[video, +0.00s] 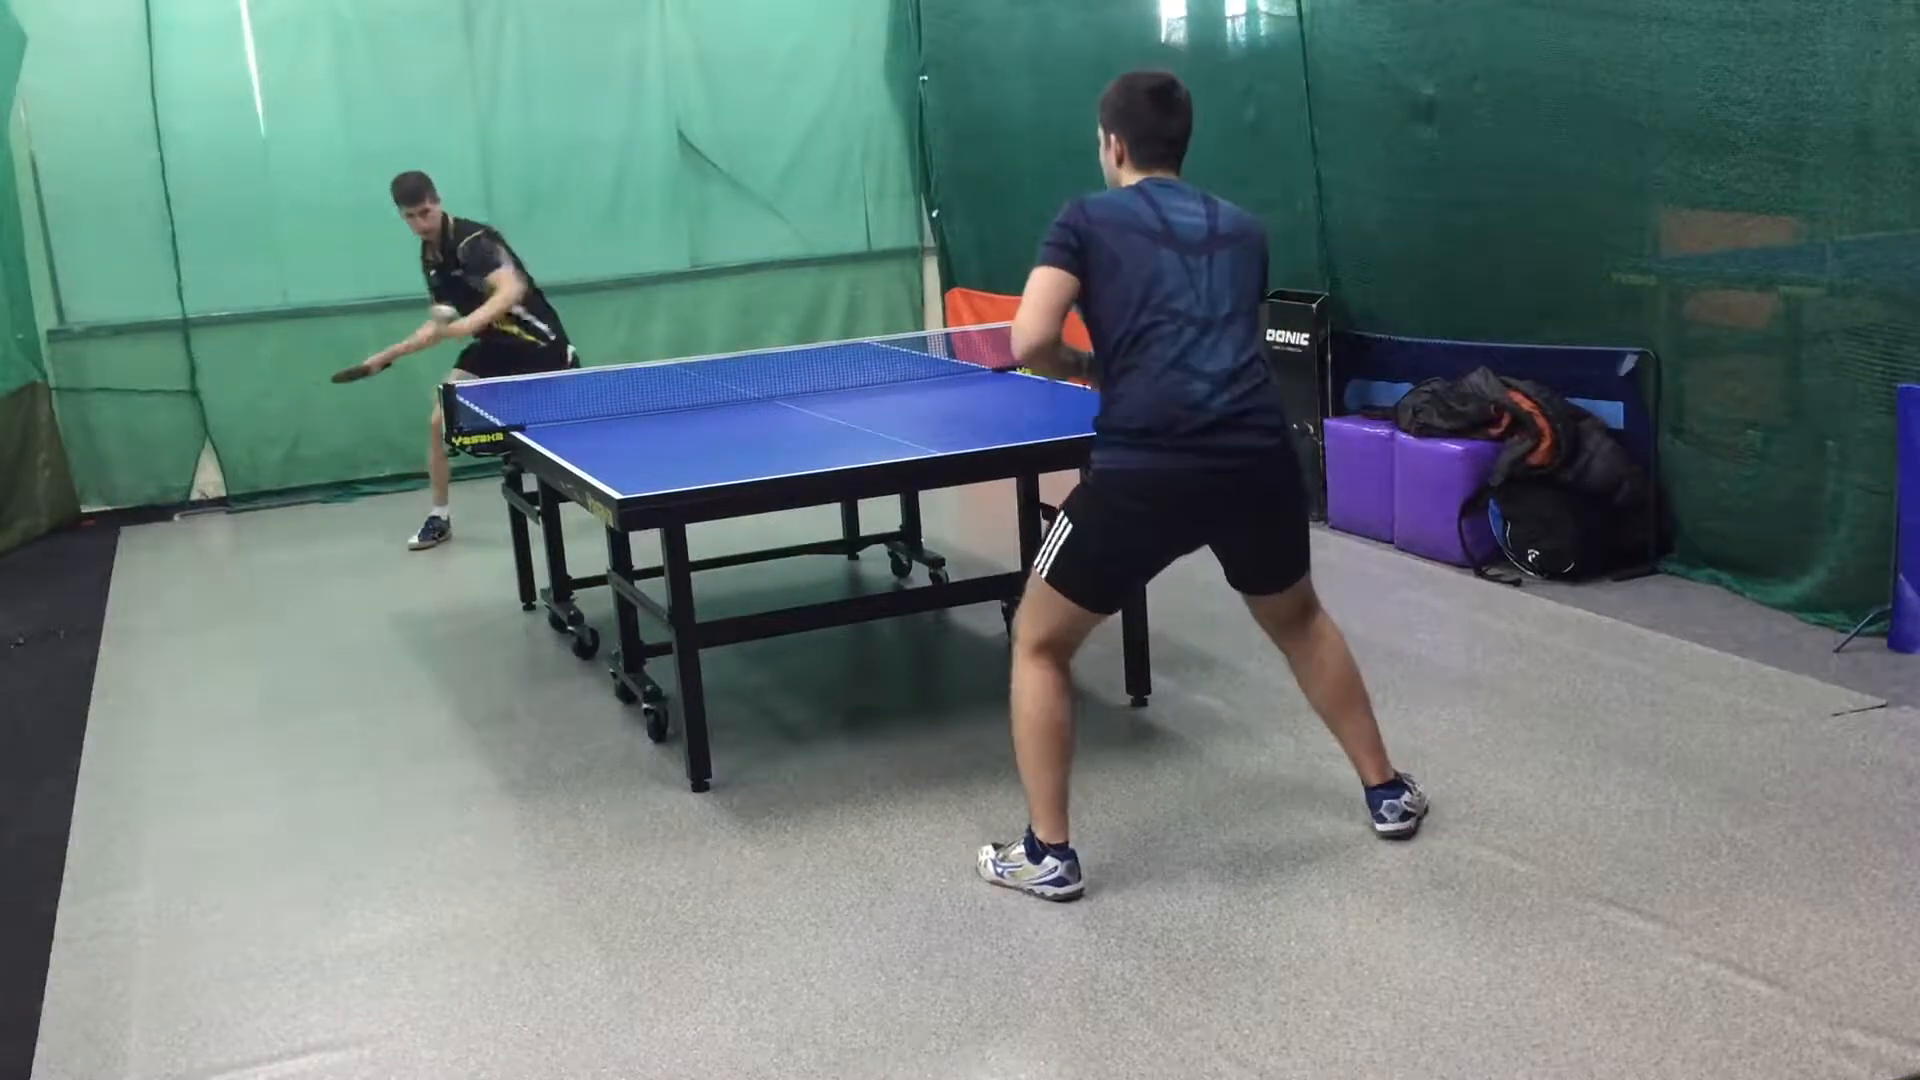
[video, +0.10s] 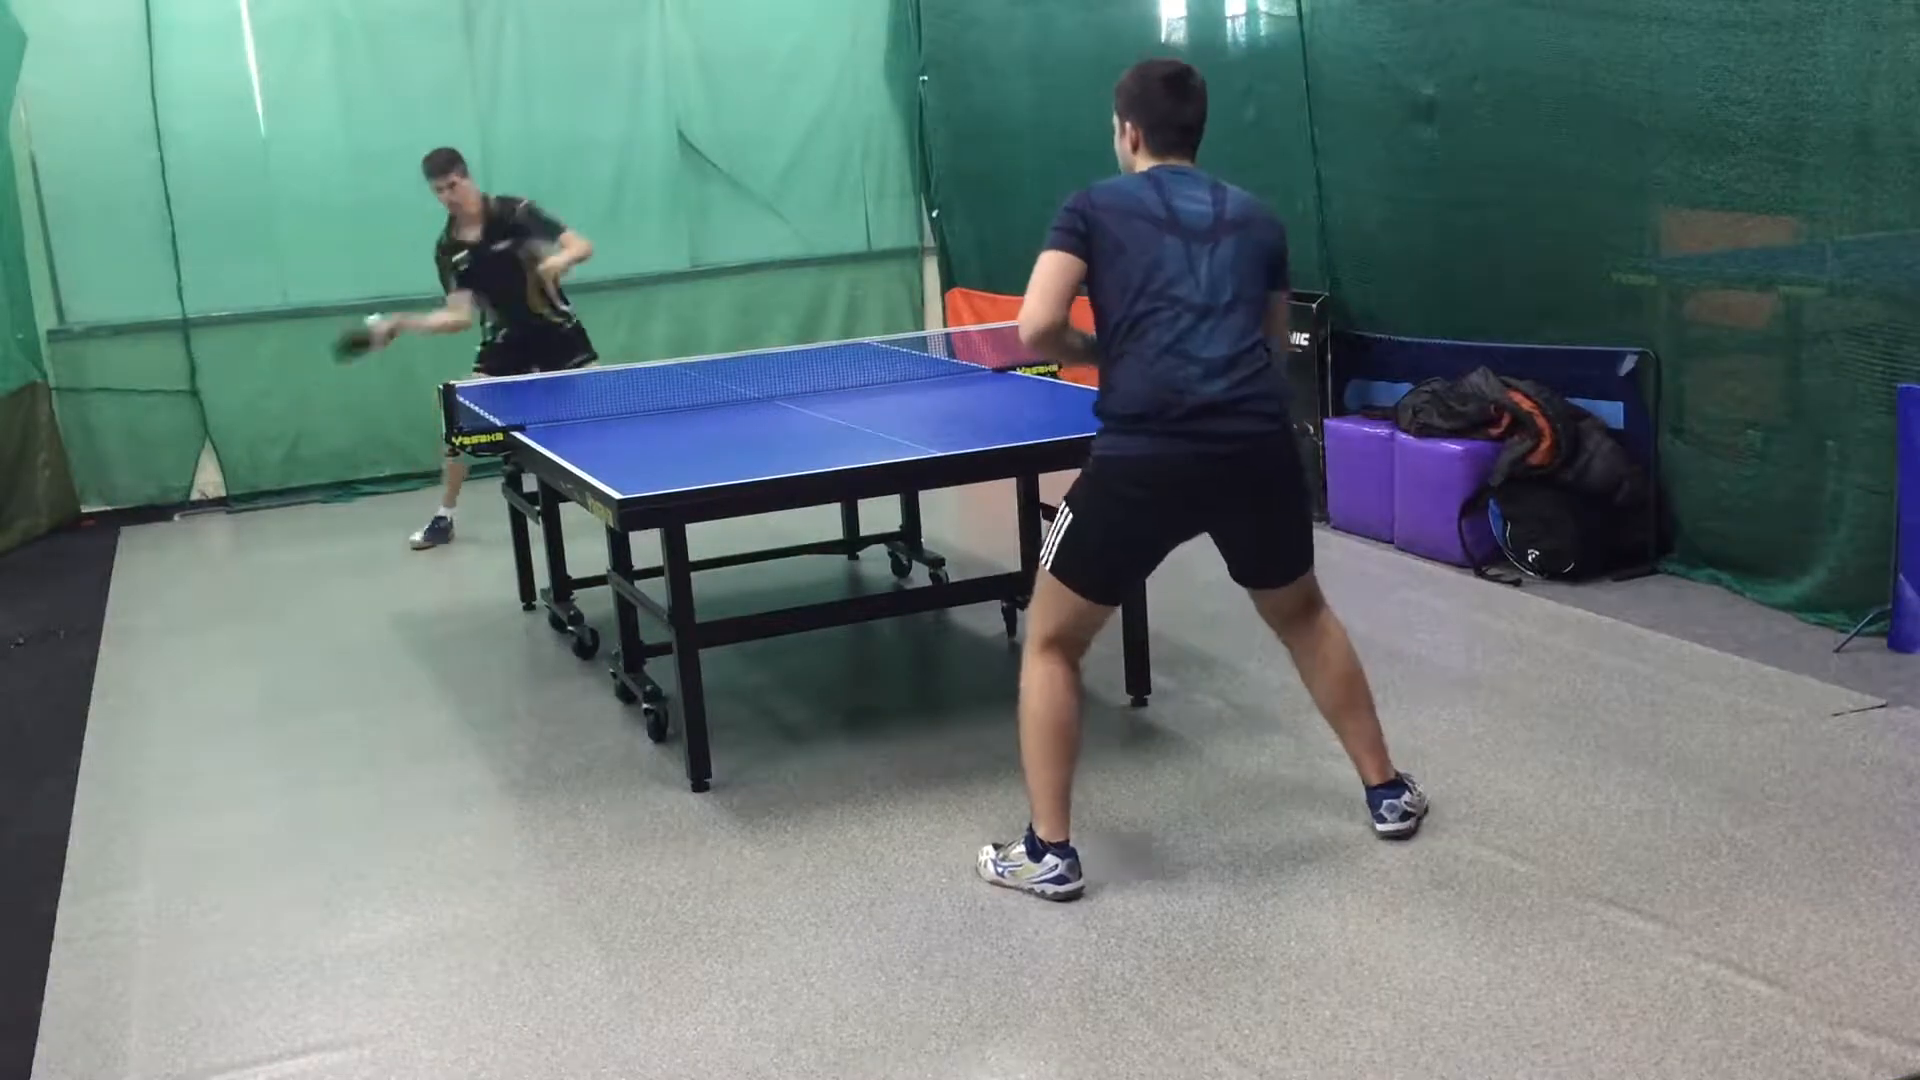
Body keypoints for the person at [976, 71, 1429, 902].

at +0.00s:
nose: (1101, 152)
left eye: (1101, 141)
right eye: (1107, 140)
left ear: (1113, 146)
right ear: (1184, 145)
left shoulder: (1087, 218)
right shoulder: (1243, 227)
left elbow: (1033, 340)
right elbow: (1236, 334)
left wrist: (1078, 367)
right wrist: (1132, 356)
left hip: (1142, 479)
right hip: (1256, 472)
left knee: (1040, 645)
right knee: (1301, 621)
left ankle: (1048, 850)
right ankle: (1387, 792)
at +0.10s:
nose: (1114, 138)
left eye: (1115, 126)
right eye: (1122, 126)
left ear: (1126, 133)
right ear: (1198, 133)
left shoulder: (1093, 206)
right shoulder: (1256, 216)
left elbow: (1039, 325)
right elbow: (1277, 337)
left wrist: (1100, 350)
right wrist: (1202, 336)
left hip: (1143, 465)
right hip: (1256, 460)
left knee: (1054, 644)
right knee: (1304, 616)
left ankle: (1049, 848)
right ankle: (1386, 792)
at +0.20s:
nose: (1131, 125)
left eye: (1132, 114)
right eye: (1136, 113)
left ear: (1145, 122)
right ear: (1218, 124)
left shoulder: (1098, 198)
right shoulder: (1269, 210)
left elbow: (1039, 314)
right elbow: (1297, 352)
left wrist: (1099, 340)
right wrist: (1314, 396)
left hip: (1138, 452)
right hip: (1252, 448)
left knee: (1058, 640)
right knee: (1314, 612)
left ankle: (1047, 845)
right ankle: (1387, 793)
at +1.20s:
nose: (1143, 114)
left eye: (1138, 103)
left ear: (1140, 109)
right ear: (1217, 108)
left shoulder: (1094, 194)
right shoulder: (1257, 178)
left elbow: (1075, 338)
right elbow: (1278, 308)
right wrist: (1362, 380)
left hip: (1116, 448)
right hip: (1232, 445)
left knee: (1059, 637)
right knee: (1300, 617)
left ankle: (1042, 832)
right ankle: (1372, 793)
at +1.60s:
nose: (1149, 78)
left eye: (1146, 65)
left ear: (1152, 71)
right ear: (1229, 69)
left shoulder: (1102, 151)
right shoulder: (1268, 151)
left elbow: (1096, 275)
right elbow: (1290, 312)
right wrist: (1276, 306)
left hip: (1104, 425)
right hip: (1218, 423)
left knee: (1078, 623)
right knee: (1253, 612)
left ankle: (1053, 819)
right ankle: (1267, 799)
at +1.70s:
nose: (1136, 81)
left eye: (1135, 69)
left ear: (1143, 74)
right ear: (1220, 73)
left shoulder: (1095, 153)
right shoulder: (1270, 159)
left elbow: (1054, 297)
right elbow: (1284, 286)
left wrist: (1098, 355)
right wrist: (1217, 300)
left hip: (1106, 427)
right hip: (1222, 424)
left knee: (1077, 623)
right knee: (1252, 609)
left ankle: (1053, 824)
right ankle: (1266, 799)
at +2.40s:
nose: (1114, 107)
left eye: (1114, 96)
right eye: (1121, 95)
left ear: (1124, 99)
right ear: (1198, 101)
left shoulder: (1096, 168)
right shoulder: (1252, 184)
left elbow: (1029, 279)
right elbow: (1282, 331)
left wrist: (1090, 320)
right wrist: (1278, 374)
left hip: (1128, 431)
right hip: (1239, 425)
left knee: (1062, 625)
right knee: (1272, 604)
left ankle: (1053, 827)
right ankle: (1329, 786)